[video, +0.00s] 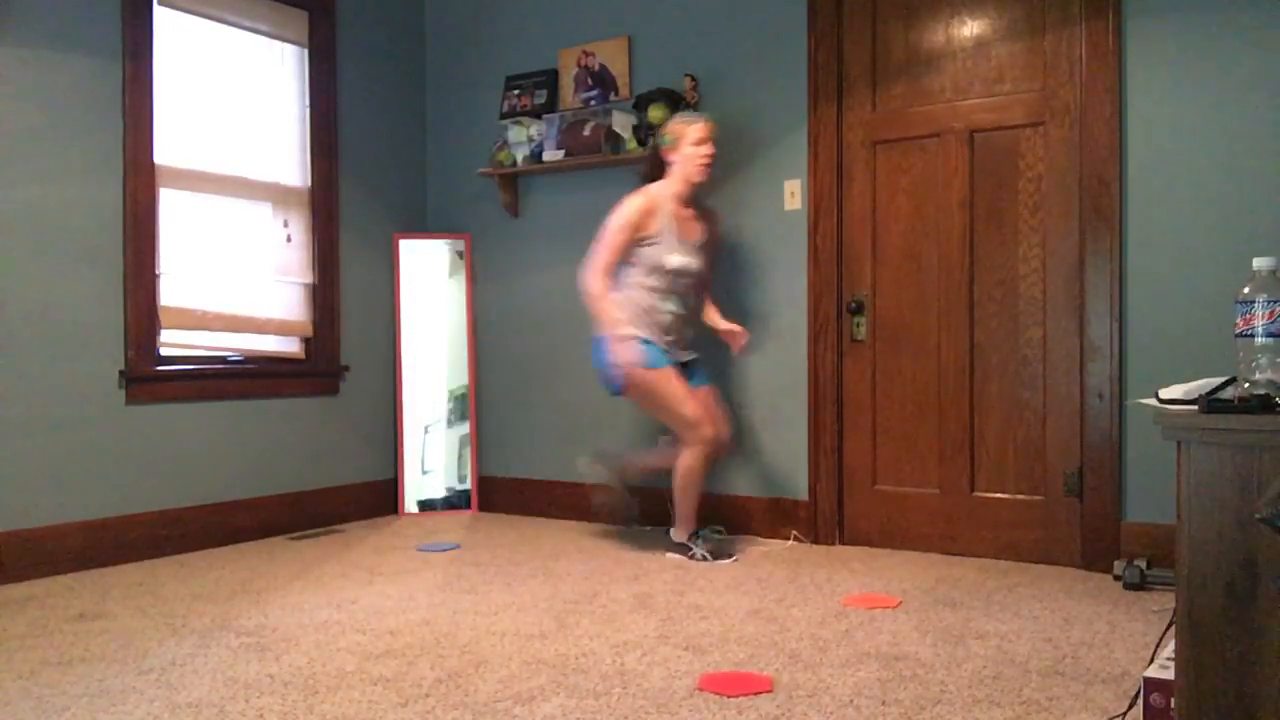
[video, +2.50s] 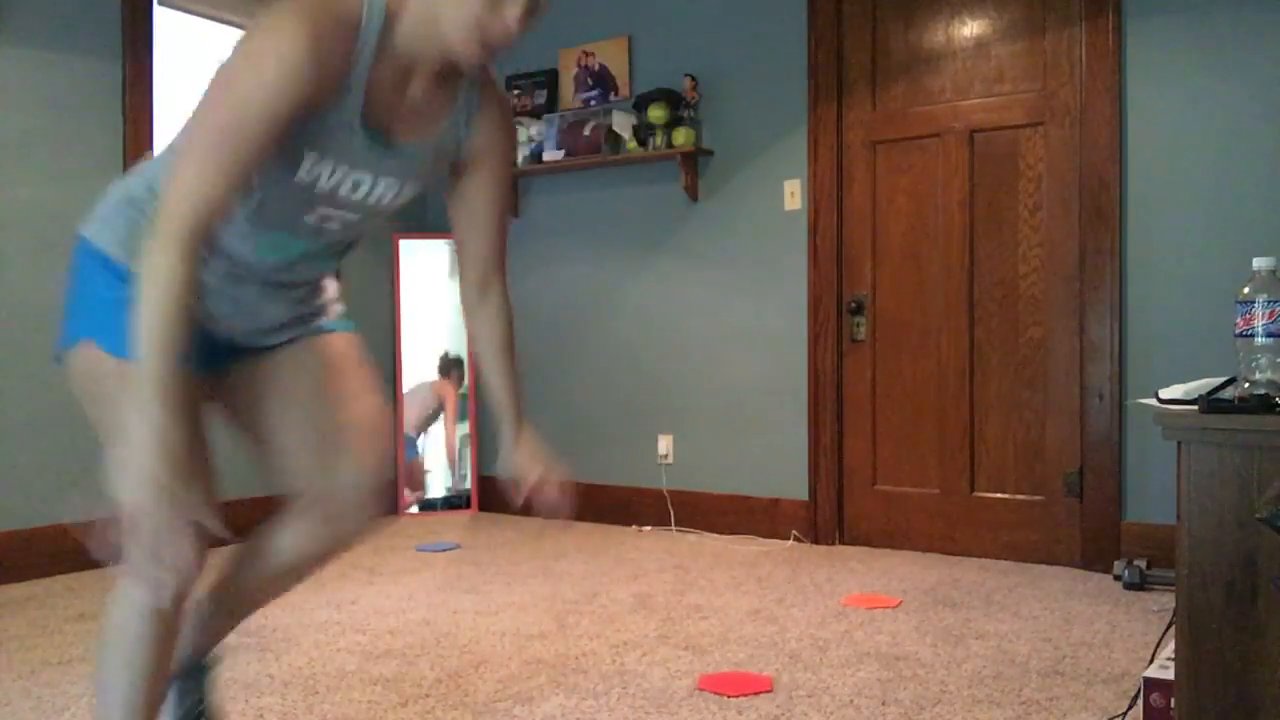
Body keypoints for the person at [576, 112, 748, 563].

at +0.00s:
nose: (710, 152)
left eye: (711, 143)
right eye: (699, 144)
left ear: (711, 152)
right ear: (670, 153)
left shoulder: (702, 221)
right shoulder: (640, 206)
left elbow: (696, 290)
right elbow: (594, 275)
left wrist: (720, 324)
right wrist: (617, 333)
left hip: (677, 346)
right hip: (631, 340)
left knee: (718, 436)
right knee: (697, 431)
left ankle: (619, 466)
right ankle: (682, 536)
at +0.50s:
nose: (862, 124)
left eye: (867, 115)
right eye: (852, 114)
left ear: (872, 124)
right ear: (823, 123)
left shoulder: (880, 190)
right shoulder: (796, 179)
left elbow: (938, 247)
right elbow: (739, 226)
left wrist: (984, 241)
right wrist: (754, 233)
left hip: (844, 340)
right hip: (787, 334)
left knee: (908, 436)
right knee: (894, 332)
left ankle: (890, 552)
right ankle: (850, 461)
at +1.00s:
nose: (864, 56)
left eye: (874, 46)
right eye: (853, 41)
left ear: (879, 53)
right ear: (822, 40)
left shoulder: (844, 124)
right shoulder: (796, 108)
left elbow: (813, 229)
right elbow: (738, 205)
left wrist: (851, 274)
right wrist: (739, 293)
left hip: (820, 306)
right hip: (765, 301)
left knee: (886, 413)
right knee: (782, 452)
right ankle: (743, 594)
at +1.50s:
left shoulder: (775, 33)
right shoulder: (682, 12)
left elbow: (755, 126)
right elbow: (562, 58)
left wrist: (840, 151)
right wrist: (590, 79)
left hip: (729, 243)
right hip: (655, 226)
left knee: (840, 354)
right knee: (668, 419)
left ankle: (708, 426)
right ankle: (592, 612)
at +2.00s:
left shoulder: (682, 38)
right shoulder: (535, 11)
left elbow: (744, 161)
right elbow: (409, 24)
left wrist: (837, 169)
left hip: (604, 292)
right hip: (492, 258)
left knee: (658, 496)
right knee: (557, 275)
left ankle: (660, 698)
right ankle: (473, 496)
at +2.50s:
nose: (513, 21)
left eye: (526, 8)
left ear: (533, 17)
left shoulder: (481, 120)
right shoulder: (308, 36)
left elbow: (483, 285)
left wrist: (515, 432)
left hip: (282, 297)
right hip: (145, 268)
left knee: (352, 491)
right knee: (168, 539)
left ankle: (182, 649)